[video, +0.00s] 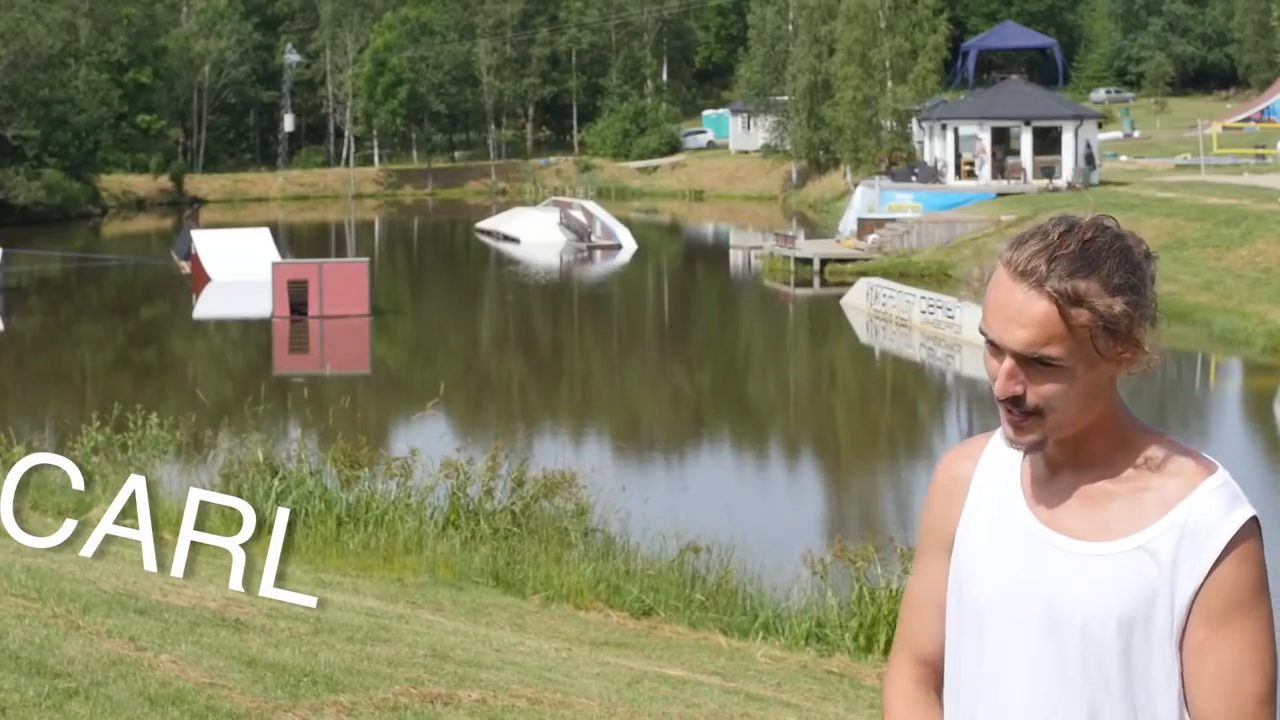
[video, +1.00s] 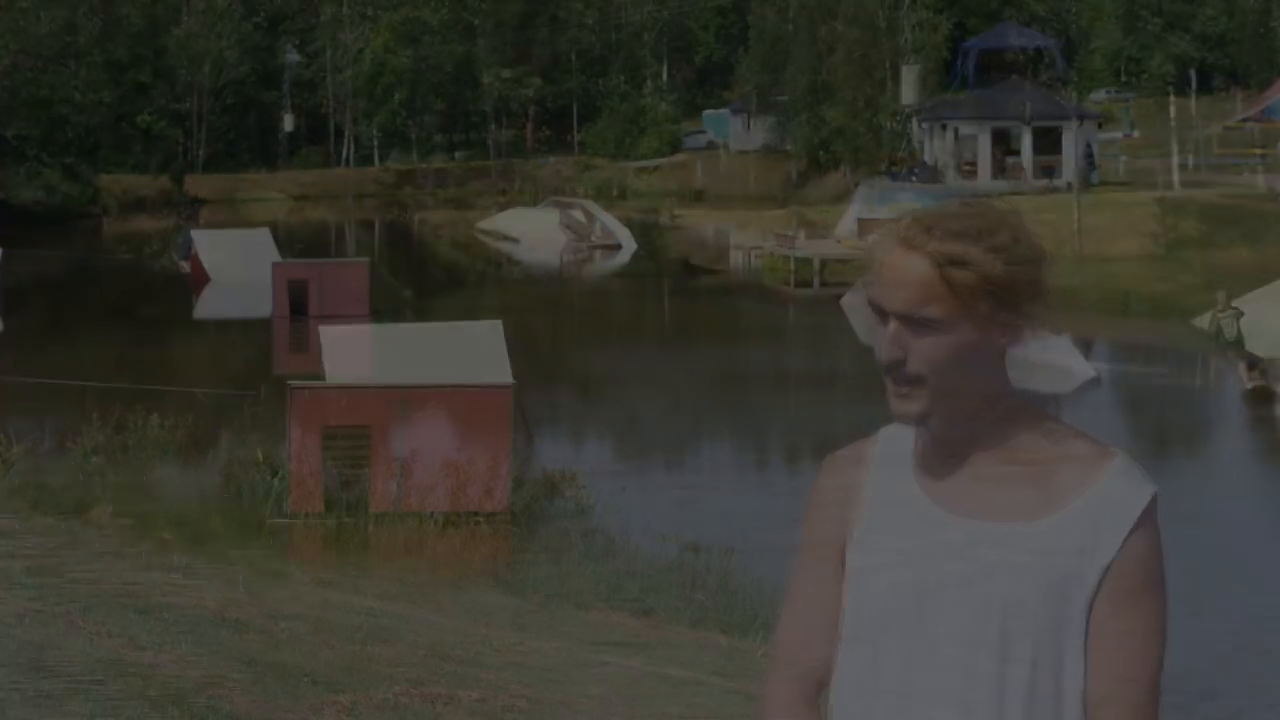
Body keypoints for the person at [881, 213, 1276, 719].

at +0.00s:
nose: (1004, 385)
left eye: (1042, 363)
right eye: (993, 347)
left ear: (1122, 352)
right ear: (983, 326)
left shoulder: (1208, 524)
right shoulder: (965, 476)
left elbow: (1238, 709)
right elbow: (915, 675)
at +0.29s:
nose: (971, 363)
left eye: (1008, 342)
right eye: (963, 328)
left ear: (1091, 341)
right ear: (954, 314)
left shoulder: (1178, 511)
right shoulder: (923, 477)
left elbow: (1197, 711)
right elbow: (864, 677)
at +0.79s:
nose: (911, 355)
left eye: (947, 331)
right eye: (903, 320)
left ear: (1030, 333)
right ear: (893, 308)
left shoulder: (1125, 508)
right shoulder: (861, 480)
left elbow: (1134, 710)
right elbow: (801, 693)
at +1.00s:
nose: (888, 352)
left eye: (922, 325)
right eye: (880, 318)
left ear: (1004, 329)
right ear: (868, 309)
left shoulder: (1107, 499)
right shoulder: (850, 481)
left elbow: (1122, 705)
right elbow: (794, 688)